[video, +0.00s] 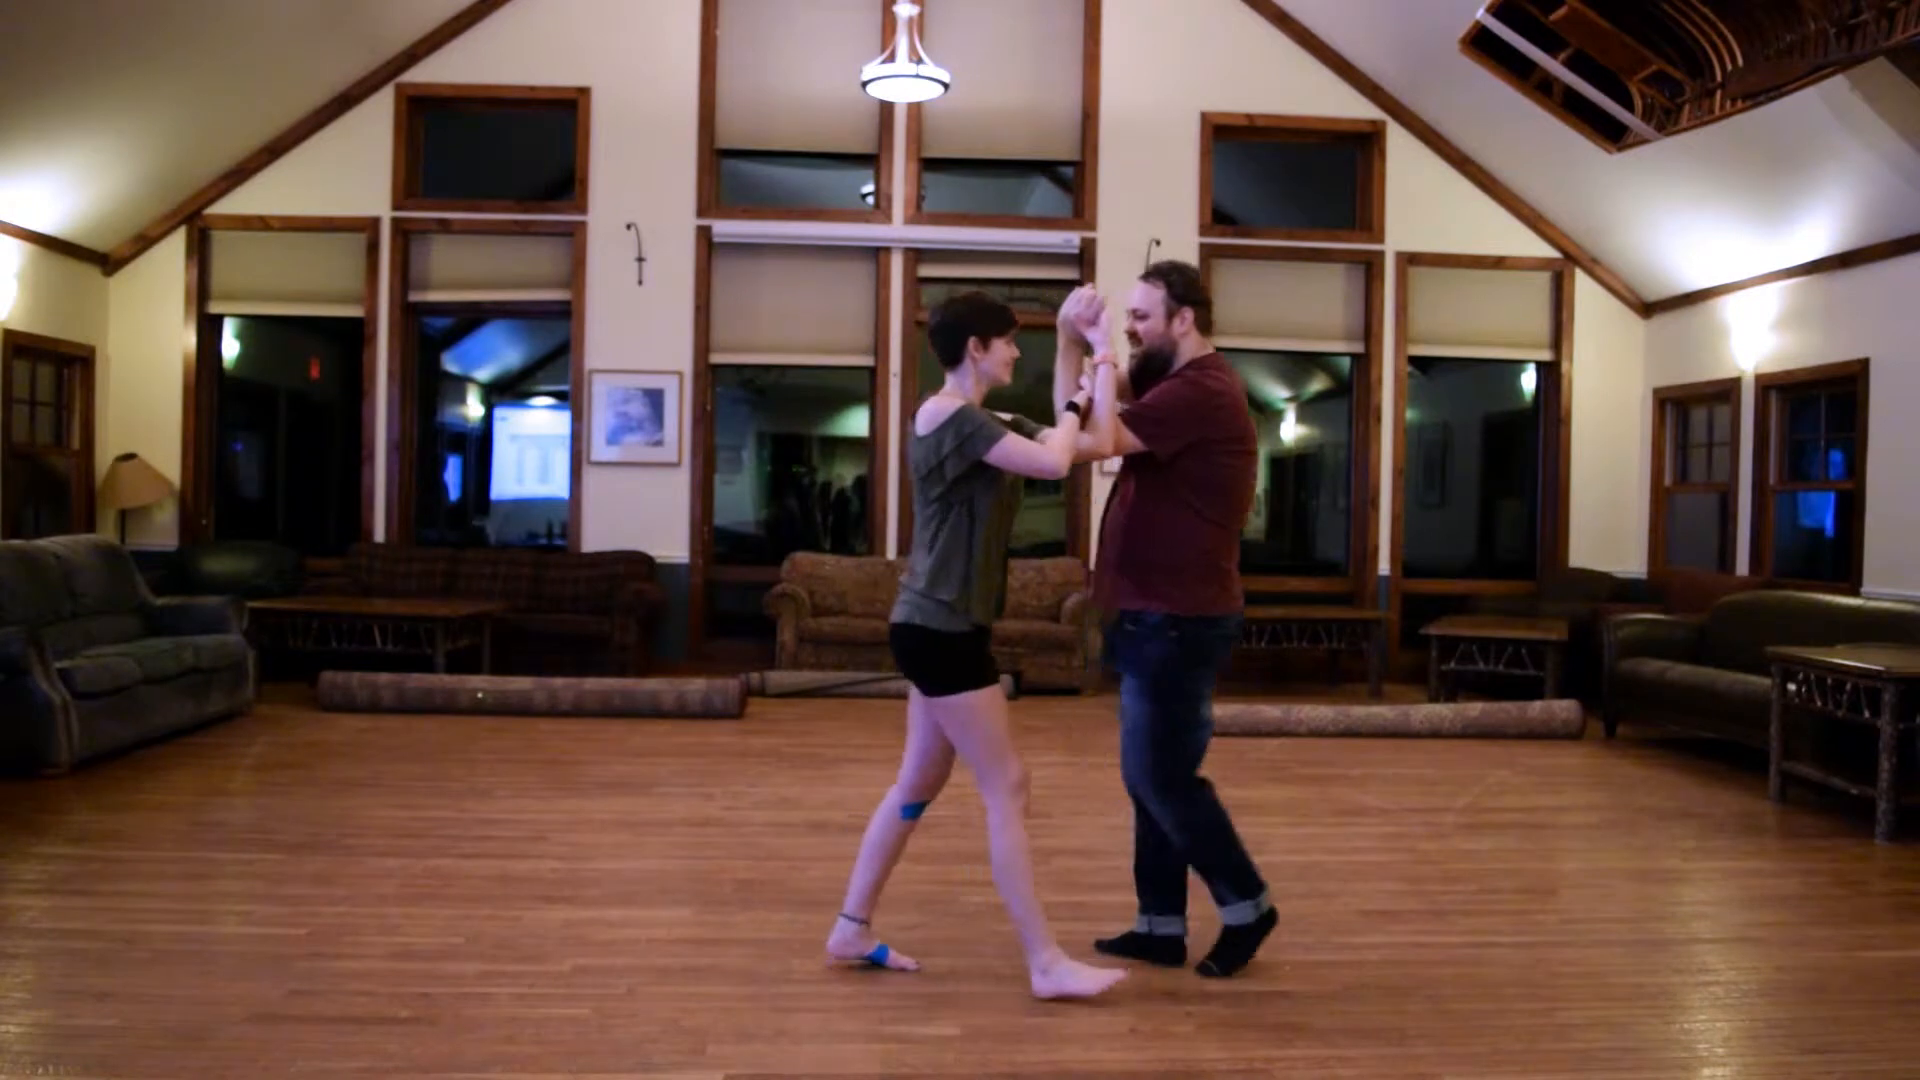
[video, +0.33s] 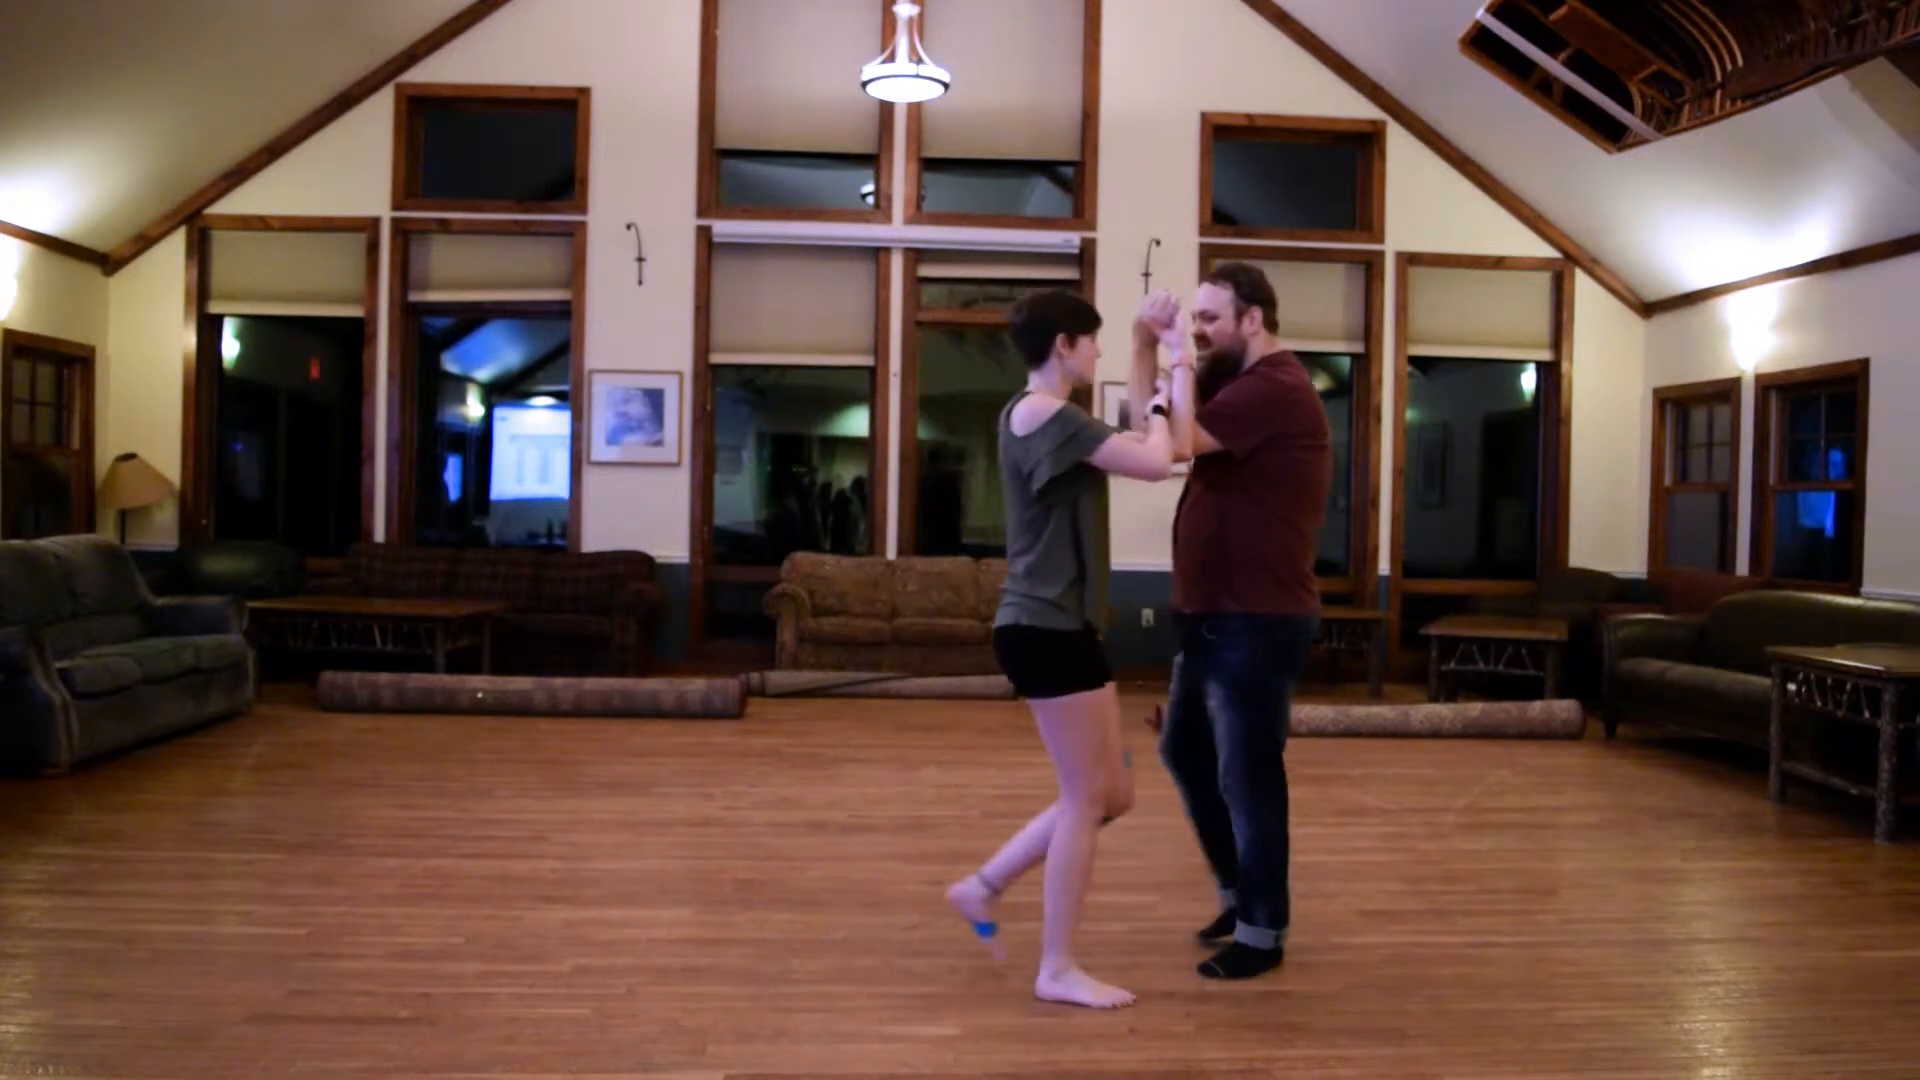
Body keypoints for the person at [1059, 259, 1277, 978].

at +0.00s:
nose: (1132, 330)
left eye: (1142, 317)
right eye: (1131, 317)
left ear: (1183, 318)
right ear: (1170, 320)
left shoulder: (1205, 387)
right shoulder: (1164, 376)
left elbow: (1105, 438)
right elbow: (1076, 418)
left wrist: (1103, 362)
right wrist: (1079, 342)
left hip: (1183, 615)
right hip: (1148, 611)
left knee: (1159, 774)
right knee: (1151, 773)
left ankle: (1247, 907)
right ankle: (1160, 926)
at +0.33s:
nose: (1197, 333)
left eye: (1209, 319)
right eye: (1194, 320)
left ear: (1251, 319)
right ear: (1231, 320)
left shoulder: (1277, 385)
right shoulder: (1229, 378)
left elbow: (1178, 440)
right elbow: (1147, 426)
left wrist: (1168, 358)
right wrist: (1149, 347)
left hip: (1259, 619)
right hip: (1211, 615)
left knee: (1248, 772)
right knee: (1186, 749)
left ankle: (1264, 929)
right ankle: (1241, 896)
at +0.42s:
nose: (1219, 331)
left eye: (1232, 317)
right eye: (1215, 319)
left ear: (1276, 318)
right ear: (1225, 323)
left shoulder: (1296, 385)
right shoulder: (1247, 382)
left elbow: (1196, 440)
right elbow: (1167, 426)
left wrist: (1191, 362)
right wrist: (1168, 346)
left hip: (1275, 613)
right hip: (1231, 609)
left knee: (1258, 773)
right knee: (1217, 757)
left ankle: (1260, 932)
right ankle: (1307, 878)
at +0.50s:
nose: (1239, 332)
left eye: (1253, 318)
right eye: (1234, 320)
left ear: (1296, 322)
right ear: (1239, 327)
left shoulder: (1312, 389)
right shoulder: (1269, 383)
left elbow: (1219, 439)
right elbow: (1185, 427)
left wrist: (1217, 359)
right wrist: (1182, 345)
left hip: (1288, 613)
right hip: (1253, 610)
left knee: (1263, 772)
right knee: (1269, 765)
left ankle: (1263, 932)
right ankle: (1361, 887)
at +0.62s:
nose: (1264, 339)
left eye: (1278, 325)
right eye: (1259, 326)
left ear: (1320, 327)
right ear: (1261, 331)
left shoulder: (1335, 392)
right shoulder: (1297, 389)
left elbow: (1240, 443)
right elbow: (1207, 431)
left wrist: (1236, 362)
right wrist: (1206, 347)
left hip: (1307, 617)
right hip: (1291, 615)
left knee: (1274, 773)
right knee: (1334, 764)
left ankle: (1264, 935)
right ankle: (1401, 912)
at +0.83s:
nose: (1299, 347)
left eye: (1312, 333)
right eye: (1295, 334)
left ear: (1356, 332)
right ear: (1304, 336)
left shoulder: (1373, 399)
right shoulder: (1342, 395)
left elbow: (1282, 450)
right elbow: (1254, 433)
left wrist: (1283, 370)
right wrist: (1245, 349)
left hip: (1355, 622)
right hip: (1356, 618)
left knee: (1306, 771)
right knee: (1379, 771)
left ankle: (1274, 930)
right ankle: (1411, 925)